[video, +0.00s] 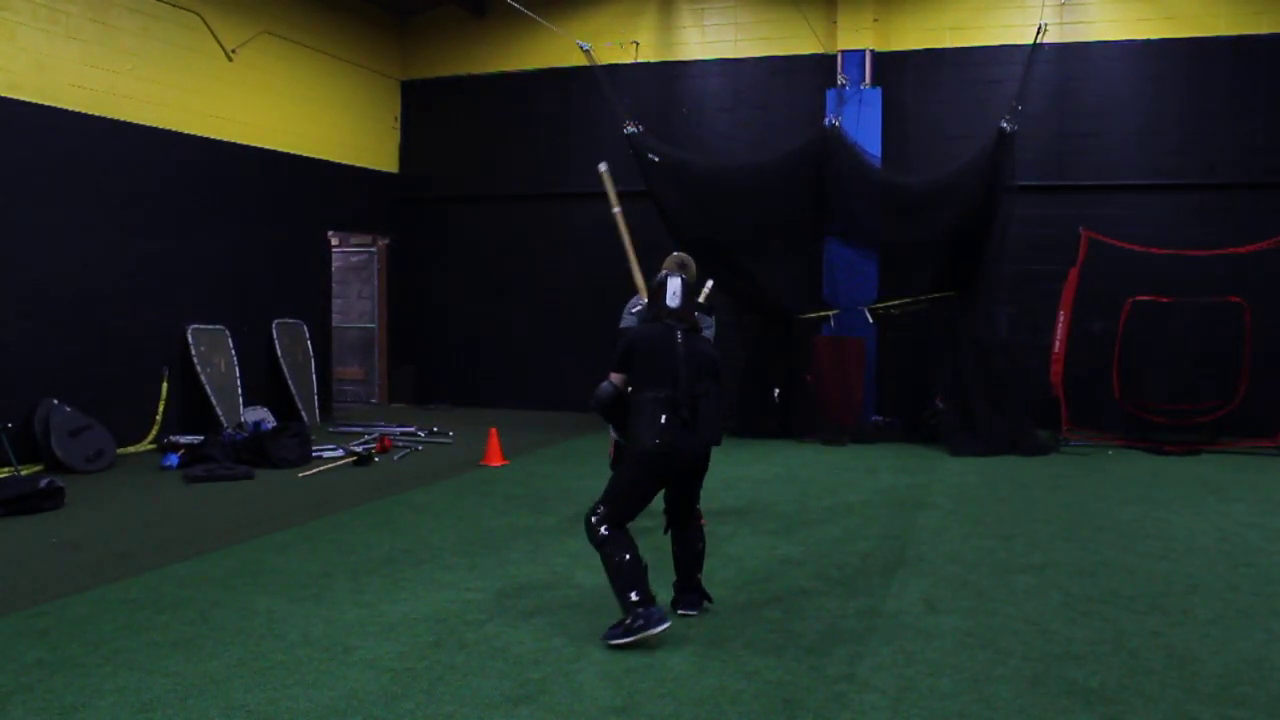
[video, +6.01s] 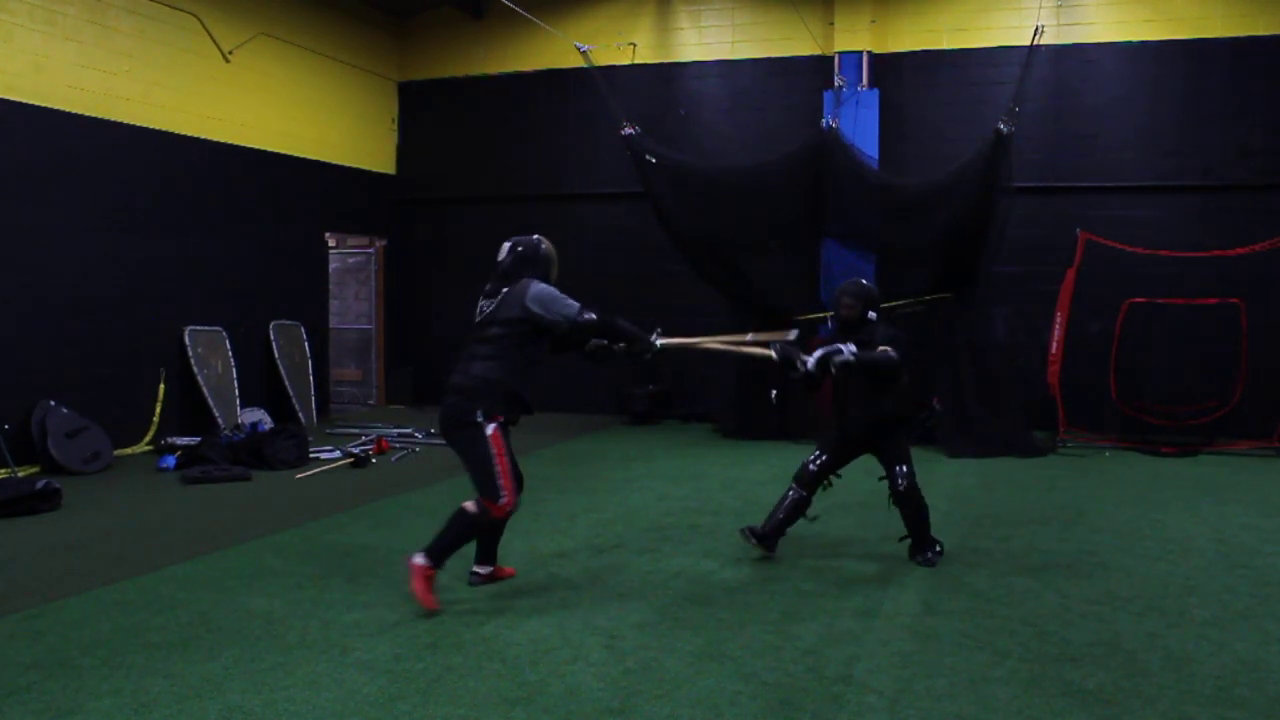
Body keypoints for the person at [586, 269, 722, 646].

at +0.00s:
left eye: (648, 300)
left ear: (651, 304)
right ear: (691, 309)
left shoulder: (637, 337)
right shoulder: (704, 348)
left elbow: (610, 393)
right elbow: (715, 403)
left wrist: (625, 426)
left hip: (649, 448)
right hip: (695, 450)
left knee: (603, 520)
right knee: (685, 514)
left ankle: (641, 608)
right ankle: (690, 595)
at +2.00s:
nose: (827, 282)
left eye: (830, 274)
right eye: (833, 274)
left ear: (834, 278)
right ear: (869, 279)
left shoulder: (837, 321)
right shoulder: (880, 322)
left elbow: (813, 378)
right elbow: (866, 378)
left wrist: (796, 381)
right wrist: (814, 366)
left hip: (852, 437)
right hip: (878, 435)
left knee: (817, 521)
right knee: (847, 516)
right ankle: (846, 600)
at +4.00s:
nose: (906, 300)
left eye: (911, 294)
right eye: (906, 294)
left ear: (927, 296)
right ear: (927, 296)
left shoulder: (952, 328)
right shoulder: (926, 328)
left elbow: (944, 377)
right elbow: (923, 370)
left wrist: (911, 400)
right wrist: (892, 370)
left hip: (971, 419)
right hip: (942, 417)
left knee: (975, 490)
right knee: (912, 471)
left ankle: (1000, 549)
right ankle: (916, 547)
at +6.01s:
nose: (843, 312)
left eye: (851, 306)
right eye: (841, 305)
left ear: (866, 309)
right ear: (835, 306)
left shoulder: (884, 336)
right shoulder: (830, 339)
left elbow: (890, 361)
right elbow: (812, 382)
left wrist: (852, 355)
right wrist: (797, 362)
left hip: (887, 430)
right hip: (849, 429)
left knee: (904, 488)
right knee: (808, 475)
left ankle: (924, 545)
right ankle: (768, 535)